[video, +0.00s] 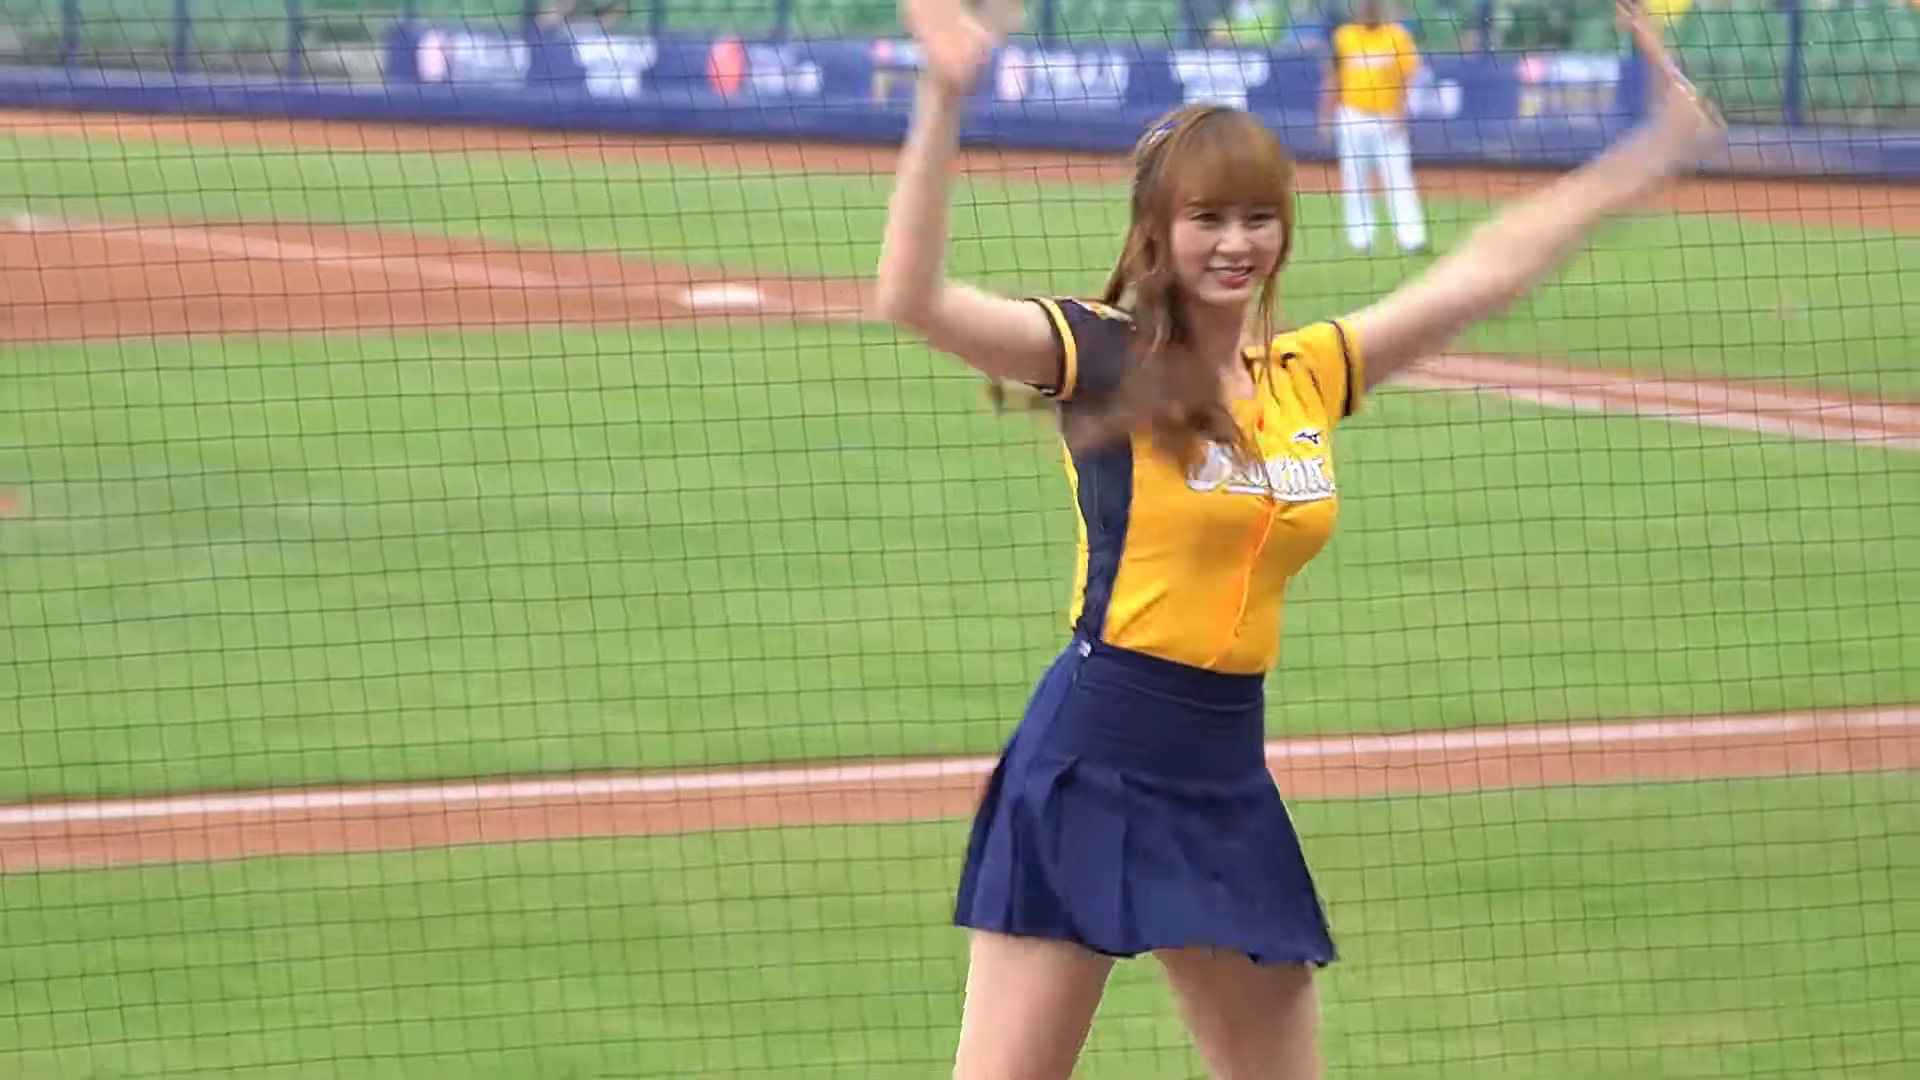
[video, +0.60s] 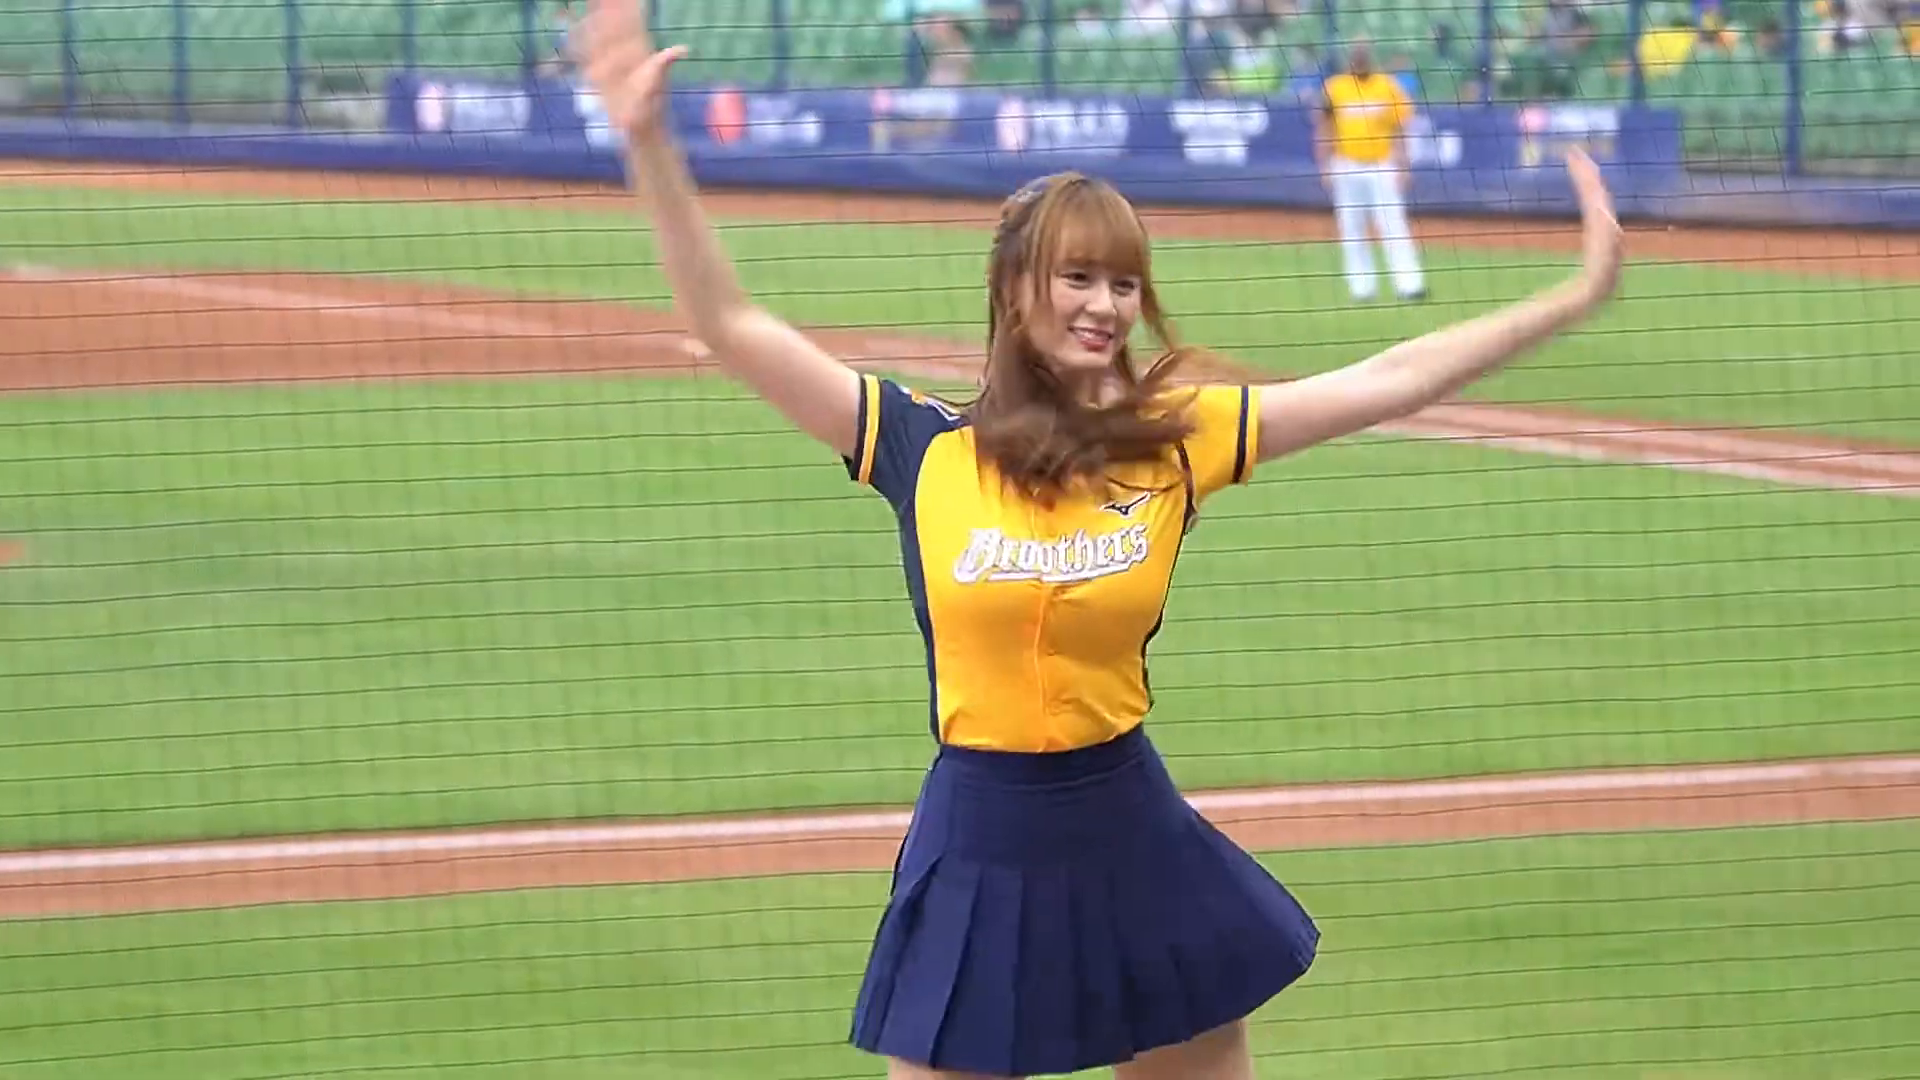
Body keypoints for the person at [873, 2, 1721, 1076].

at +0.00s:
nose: (1237, 240)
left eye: (1260, 216)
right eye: (1209, 216)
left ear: (1288, 230)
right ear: (1157, 231)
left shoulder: (1311, 370)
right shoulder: (1106, 356)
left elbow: (1487, 268)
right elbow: (913, 298)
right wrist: (941, 95)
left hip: (1225, 779)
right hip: (1089, 762)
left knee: (1279, 1064)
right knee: (1005, 1063)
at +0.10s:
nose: (1279, 242)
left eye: (1307, 223)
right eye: (1255, 213)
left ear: (1332, 250)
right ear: (1201, 223)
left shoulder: (1326, 410)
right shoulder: (1112, 358)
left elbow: (1527, 472)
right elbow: (906, 424)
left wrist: (1696, 512)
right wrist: (1038, 284)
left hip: (1202, 775)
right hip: (1055, 759)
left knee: (1251, 1063)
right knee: (1078, 1064)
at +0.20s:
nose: (1295, 306)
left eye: (1321, 287)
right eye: (1270, 277)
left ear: (1343, 314)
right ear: (1218, 288)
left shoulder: (1316, 508)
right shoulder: (1118, 436)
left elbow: (1422, 670)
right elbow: (916, 555)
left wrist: (1538, 816)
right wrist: (1056, 429)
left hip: (1184, 849)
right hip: (1032, 831)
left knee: (1263, 1061)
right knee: (1119, 1068)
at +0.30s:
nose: (1274, 331)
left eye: (1299, 310)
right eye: (1249, 301)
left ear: (1318, 334)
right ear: (1196, 310)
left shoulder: (1302, 532)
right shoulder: (1088, 450)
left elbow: (1391, 740)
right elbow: (876, 538)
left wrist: (1463, 919)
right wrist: (992, 416)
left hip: (1178, 850)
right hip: (1034, 838)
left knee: (1266, 1058)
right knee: (1089, 1063)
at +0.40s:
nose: (1225, 286)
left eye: (1251, 268)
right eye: (1203, 256)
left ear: (1270, 292)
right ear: (1145, 259)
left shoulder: (1259, 461)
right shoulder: (1023, 394)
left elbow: (1408, 622)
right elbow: (791, 406)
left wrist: (1564, 764)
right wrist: (889, 272)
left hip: (1169, 801)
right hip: (1015, 794)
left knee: (1224, 1062)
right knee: (1001, 1065)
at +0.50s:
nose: (1149, 286)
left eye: (1174, 266)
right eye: (1123, 258)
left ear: (1196, 289)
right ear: (1059, 267)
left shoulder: (1208, 433)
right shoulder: (949, 402)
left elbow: (1418, 475)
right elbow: (733, 317)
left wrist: (1620, 511)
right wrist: (762, 146)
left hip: (1140, 814)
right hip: (976, 814)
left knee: (1209, 1069)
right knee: (927, 1066)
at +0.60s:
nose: (1103, 305)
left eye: (1121, 281)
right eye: (1074, 279)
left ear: (1141, 299)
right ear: (1015, 294)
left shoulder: (1183, 437)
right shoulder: (920, 441)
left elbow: (1388, 381)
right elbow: (723, 322)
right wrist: (645, 138)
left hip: (1135, 831)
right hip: (979, 839)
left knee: (1212, 1065)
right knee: (961, 1066)